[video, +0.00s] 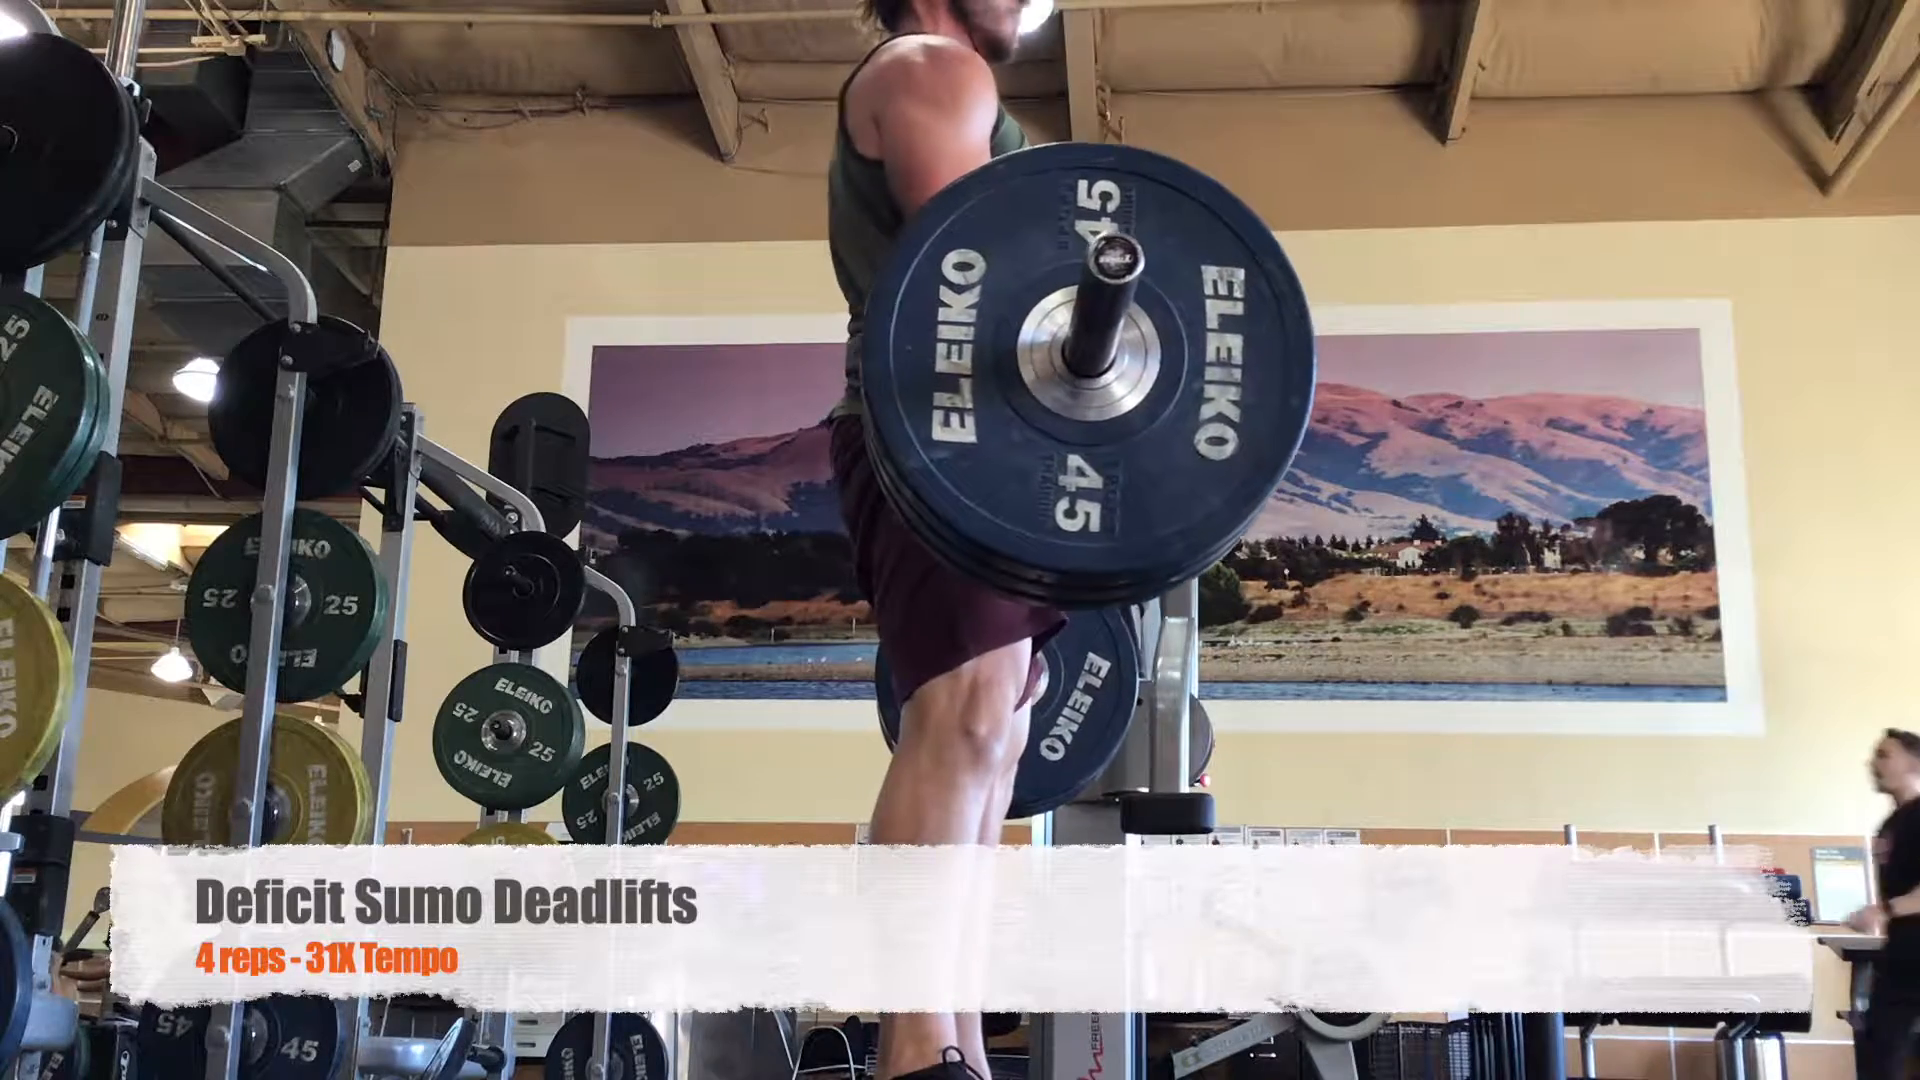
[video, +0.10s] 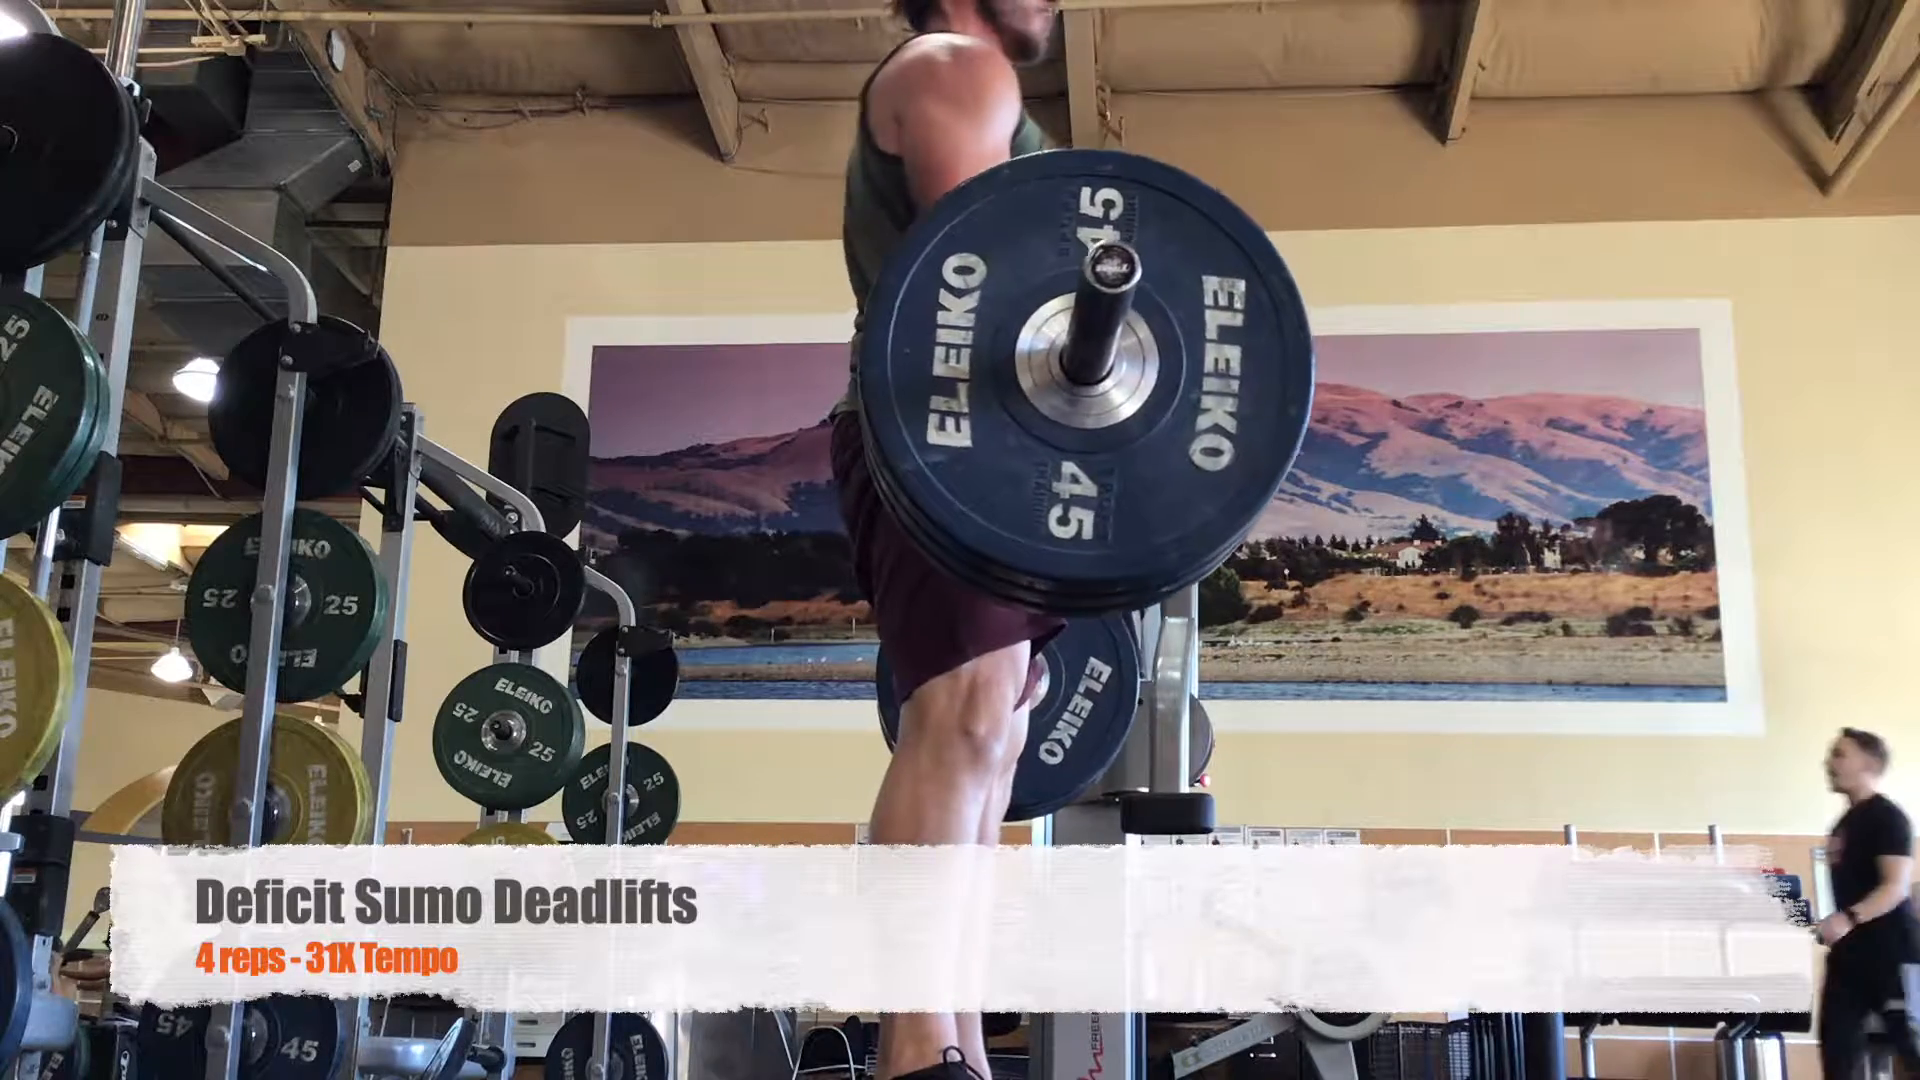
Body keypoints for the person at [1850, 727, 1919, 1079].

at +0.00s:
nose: (1874, 763)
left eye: (1884, 755)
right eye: (1875, 755)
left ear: (1912, 761)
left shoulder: (1915, 816)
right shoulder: (1892, 821)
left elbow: (1916, 891)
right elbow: (1886, 887)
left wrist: (1888, 909)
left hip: (1911, 943)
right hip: (1893, 940)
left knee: (1888, 1036)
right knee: (1878, 1036)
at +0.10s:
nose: (1830, 762)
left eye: (1840, 754)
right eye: (1831, 754)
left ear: (1869, 763)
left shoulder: (1887, 816)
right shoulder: (1845, 822)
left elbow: (1896, 887)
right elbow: (1852, 886)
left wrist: (1848, 917)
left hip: (1888, 942)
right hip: (1852, 942)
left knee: (1902, 1039)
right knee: (1836, 1036)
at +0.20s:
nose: (1788, 756)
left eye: (1797, 748)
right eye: (1790, 748)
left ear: (1827, 756)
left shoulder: (1849, 811)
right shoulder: (1803, 818)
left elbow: (1860, 883)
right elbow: (1802, 884)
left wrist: (1830, 933)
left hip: (1850, 943)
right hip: (1815, 941)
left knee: (1841, 1042)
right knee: (1813, 1047)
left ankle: (1890, 1075)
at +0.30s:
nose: (1749, 751)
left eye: (1758, 742)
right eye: (1751, 743)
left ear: (1788, 750)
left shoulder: (1814, 807)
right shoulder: (1763, 814)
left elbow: (1827, 879)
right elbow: (1751, 880)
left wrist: (1823, 941)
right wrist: (1742, 932)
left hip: (1804, 937)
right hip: (1771, 936)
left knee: (1781, 1030)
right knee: (1801, 1030)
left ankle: (1808, 1074)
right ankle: (1822, 1073)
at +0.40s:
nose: (1710, 754)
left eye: (1720, 745)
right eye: (1712, 745)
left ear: (1750, 754)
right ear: (1742, 755)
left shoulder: (1779, 813)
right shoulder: (1720, 821)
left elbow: (1800, 888)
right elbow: (1714, 890)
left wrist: (1805, 951)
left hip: (1777, 946)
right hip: (1736, 945)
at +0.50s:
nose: (1669, 756)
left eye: (1679, 748)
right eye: (1671, 747)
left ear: (1710, 757)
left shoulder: (1739, 818)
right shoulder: (1679, 823)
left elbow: (1760, 898)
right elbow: (1673, 890)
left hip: (1739, 952)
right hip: (1698, 951)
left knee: (1684, 1043)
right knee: (1754, 1045)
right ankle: (1786, 1072)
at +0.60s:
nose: (1628, 752)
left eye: (1638, 744)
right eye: (1631, 744)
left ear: (1669, 754)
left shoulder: (1693, 816)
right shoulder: (1636, 818)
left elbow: (1709, 899)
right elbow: (1628, 887)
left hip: (1688, 948)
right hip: (1651, 946)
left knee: (1646, 1039)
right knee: (1679, 1045)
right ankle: (1726, 1074)